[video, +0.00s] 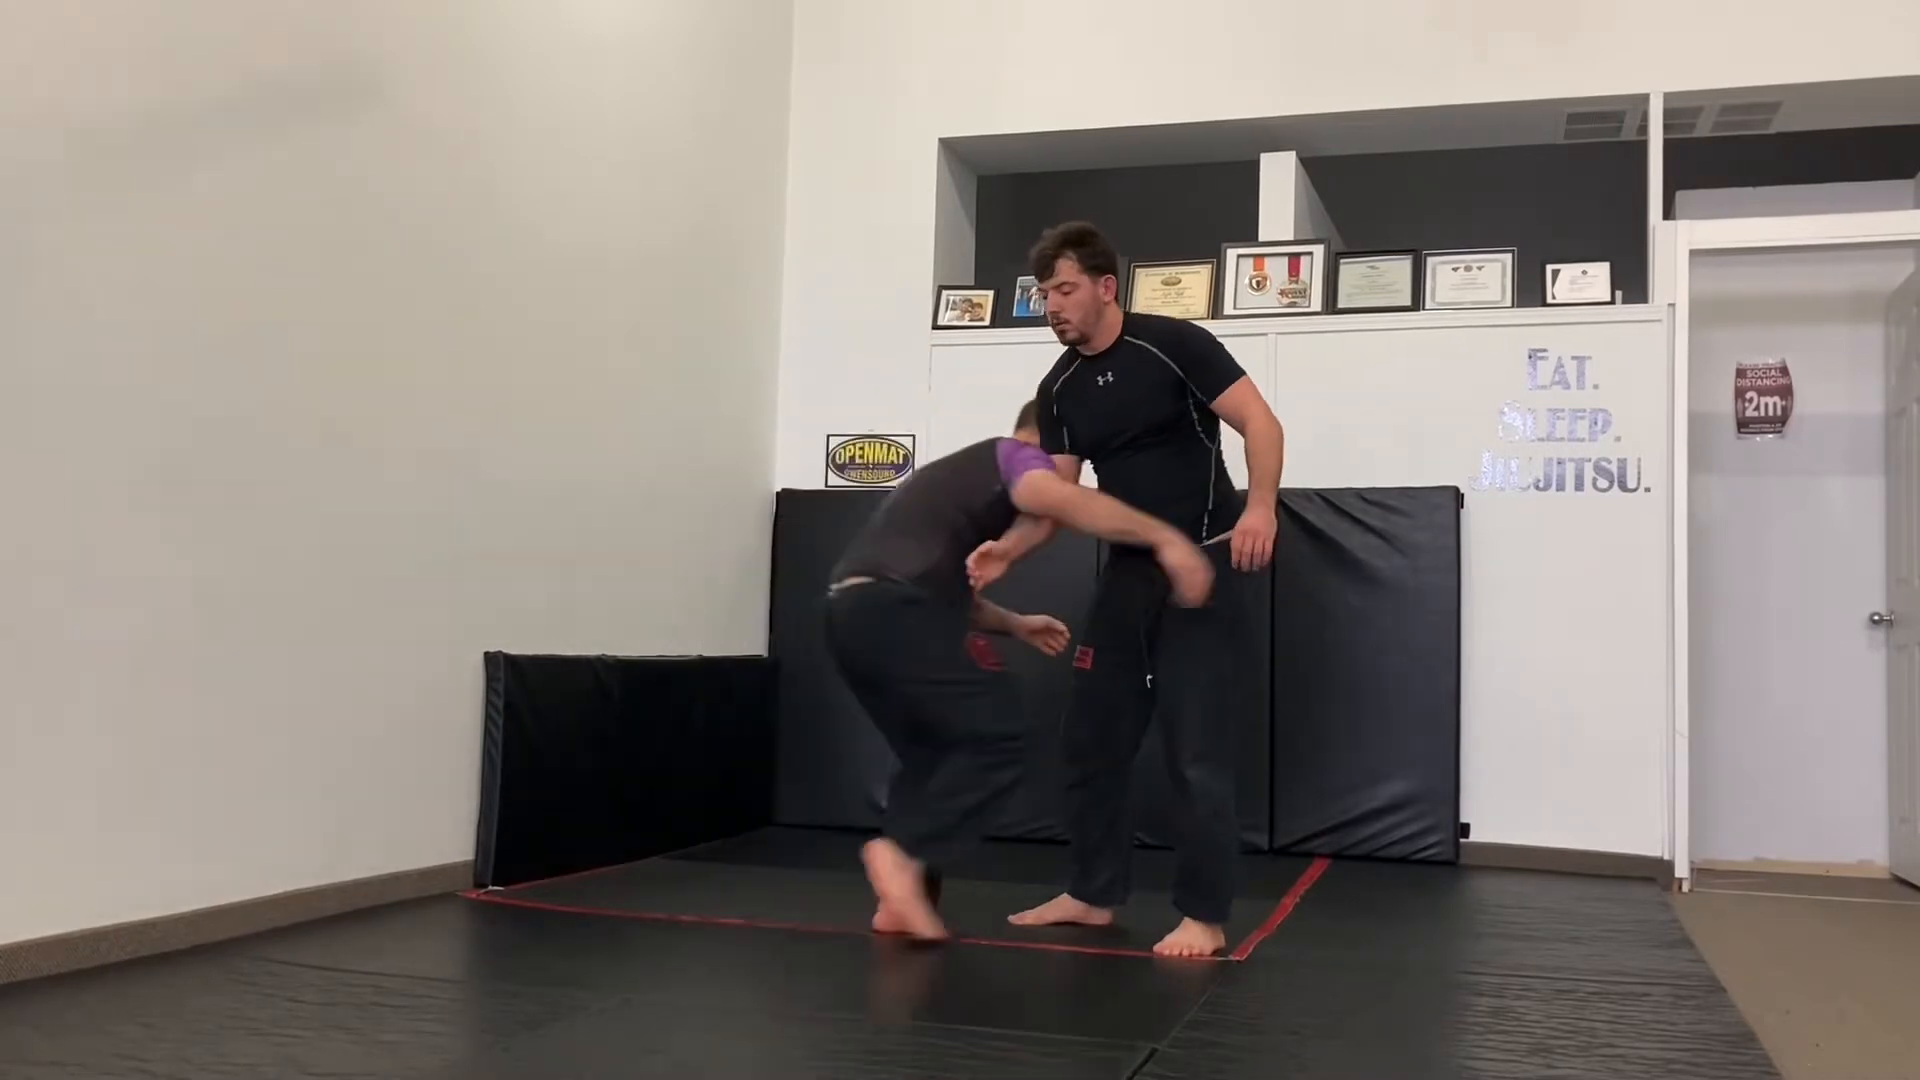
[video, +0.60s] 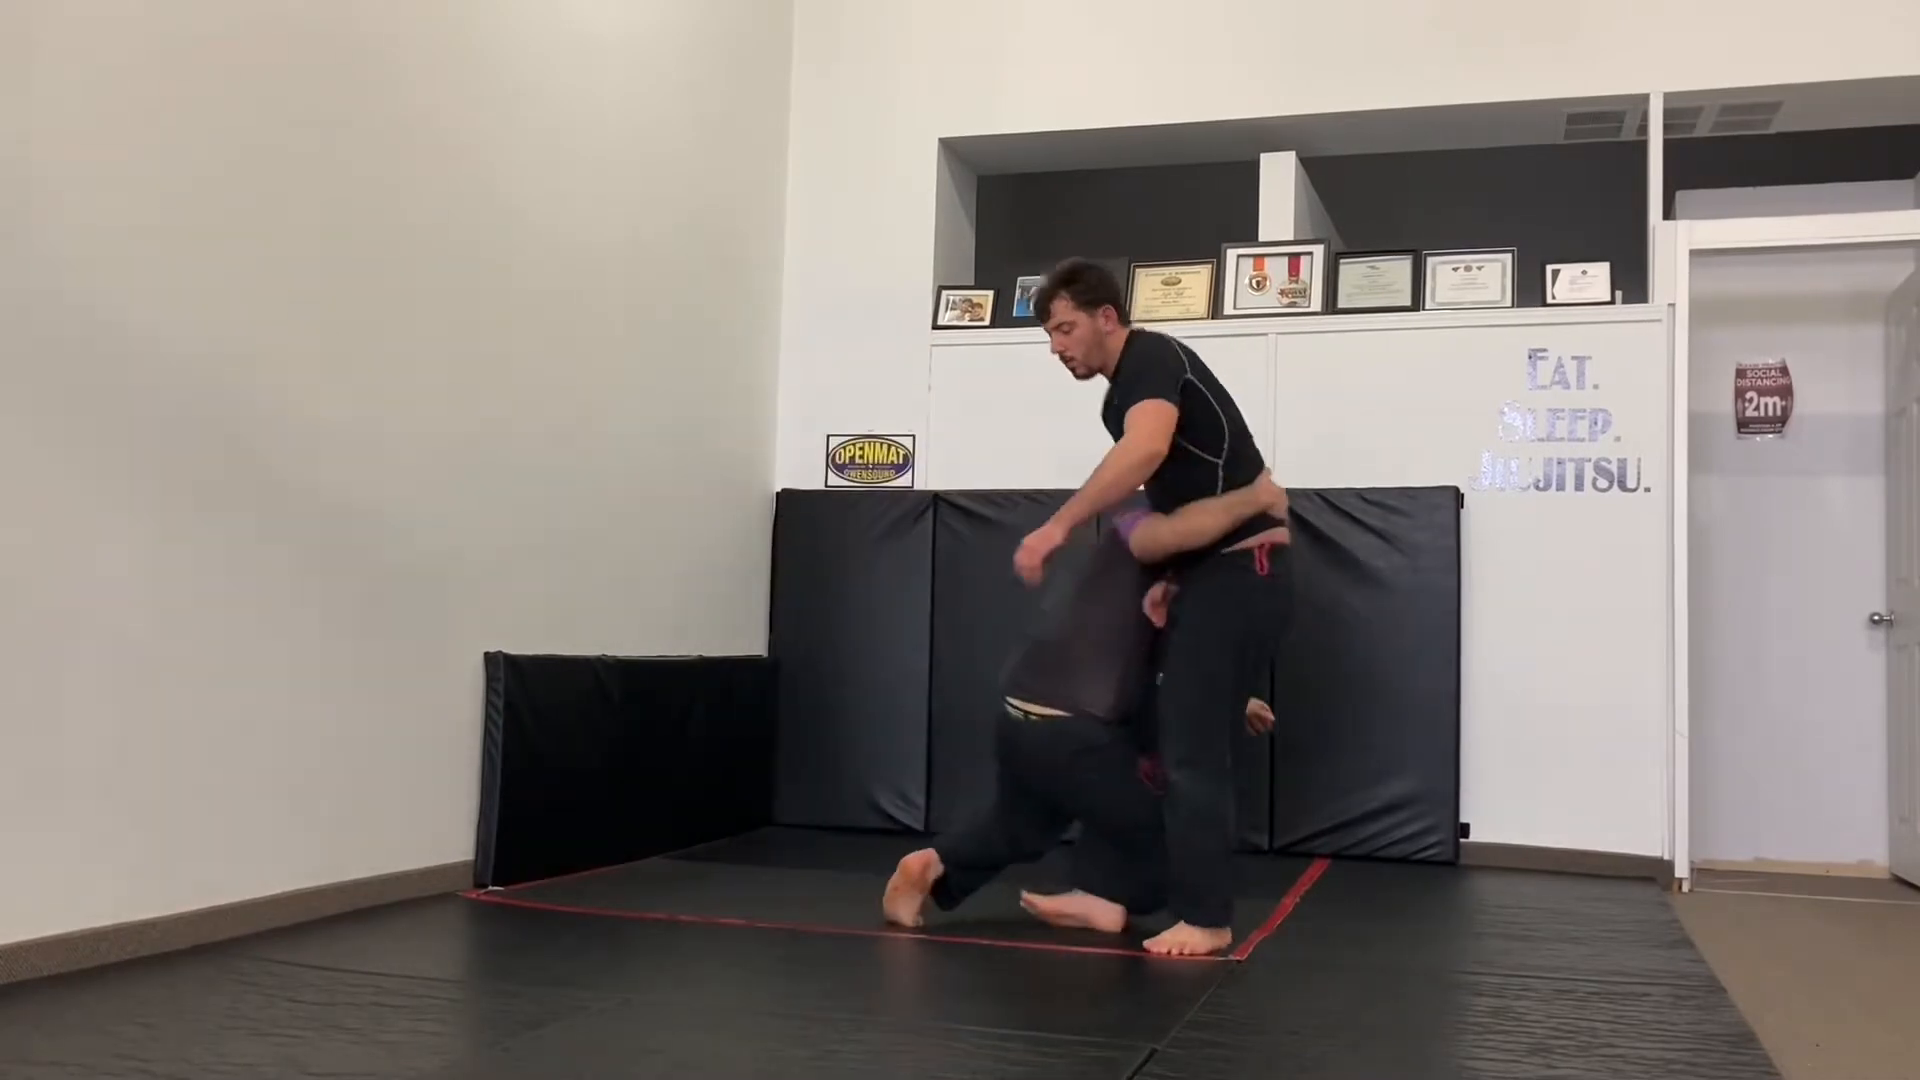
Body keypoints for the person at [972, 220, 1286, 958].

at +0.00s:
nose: (1051, 304)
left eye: (1063, 290)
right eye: (1044, 293)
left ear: (1107, 286)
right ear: (1044, 298)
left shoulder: (1175, 343)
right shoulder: (1061, 389)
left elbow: (1263, 426)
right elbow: (1052, 500)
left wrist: (1261, 507)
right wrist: (1008, 549)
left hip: (1204, 558)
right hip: (1125, 564)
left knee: (1197, 735)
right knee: (1098, 726)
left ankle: (1204, 915)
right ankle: (1094, 893)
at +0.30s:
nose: (1036, 312)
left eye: (1048, 297)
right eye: (1031, 300)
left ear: (1092, 292)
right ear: (1037, 305)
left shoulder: (1150, 341)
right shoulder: (1062, 393)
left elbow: (1221, 417)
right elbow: (1105, 489)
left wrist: (1185, 503)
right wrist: (1097, 575)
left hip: (1195, 562)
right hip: (1128, 568)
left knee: (1184, 732)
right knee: (1107, 723)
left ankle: (1200, 919)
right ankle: (1095, 888)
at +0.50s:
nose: (1045, 330)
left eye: (1052, 312)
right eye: (1038, 317)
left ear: (1096, 301)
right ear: (1056, 315)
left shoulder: (1148, 343)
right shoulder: (1097, 392)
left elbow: (1170, 430)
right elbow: (1154, 485)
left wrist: (1093, 518)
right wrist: (1148, 564)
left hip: (1219, 555)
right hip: (1171, 560)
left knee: (1188, 731)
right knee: (1121, 712)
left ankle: (1202, 918)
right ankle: (1085, 881)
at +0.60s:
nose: (1057, 346)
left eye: (1064, 329)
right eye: (1051, 334)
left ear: (1107, 318)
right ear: (1097, 327)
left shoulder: (1151, 357)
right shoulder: (1123, 393)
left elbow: (1147, 446)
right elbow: (1180, 491)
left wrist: (1060, 523)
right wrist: (1167, 574)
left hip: (1237, 561)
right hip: (1194, 567)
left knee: (1194, 734)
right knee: (1137, 723)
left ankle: (1206, 918)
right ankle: (1105, 891)